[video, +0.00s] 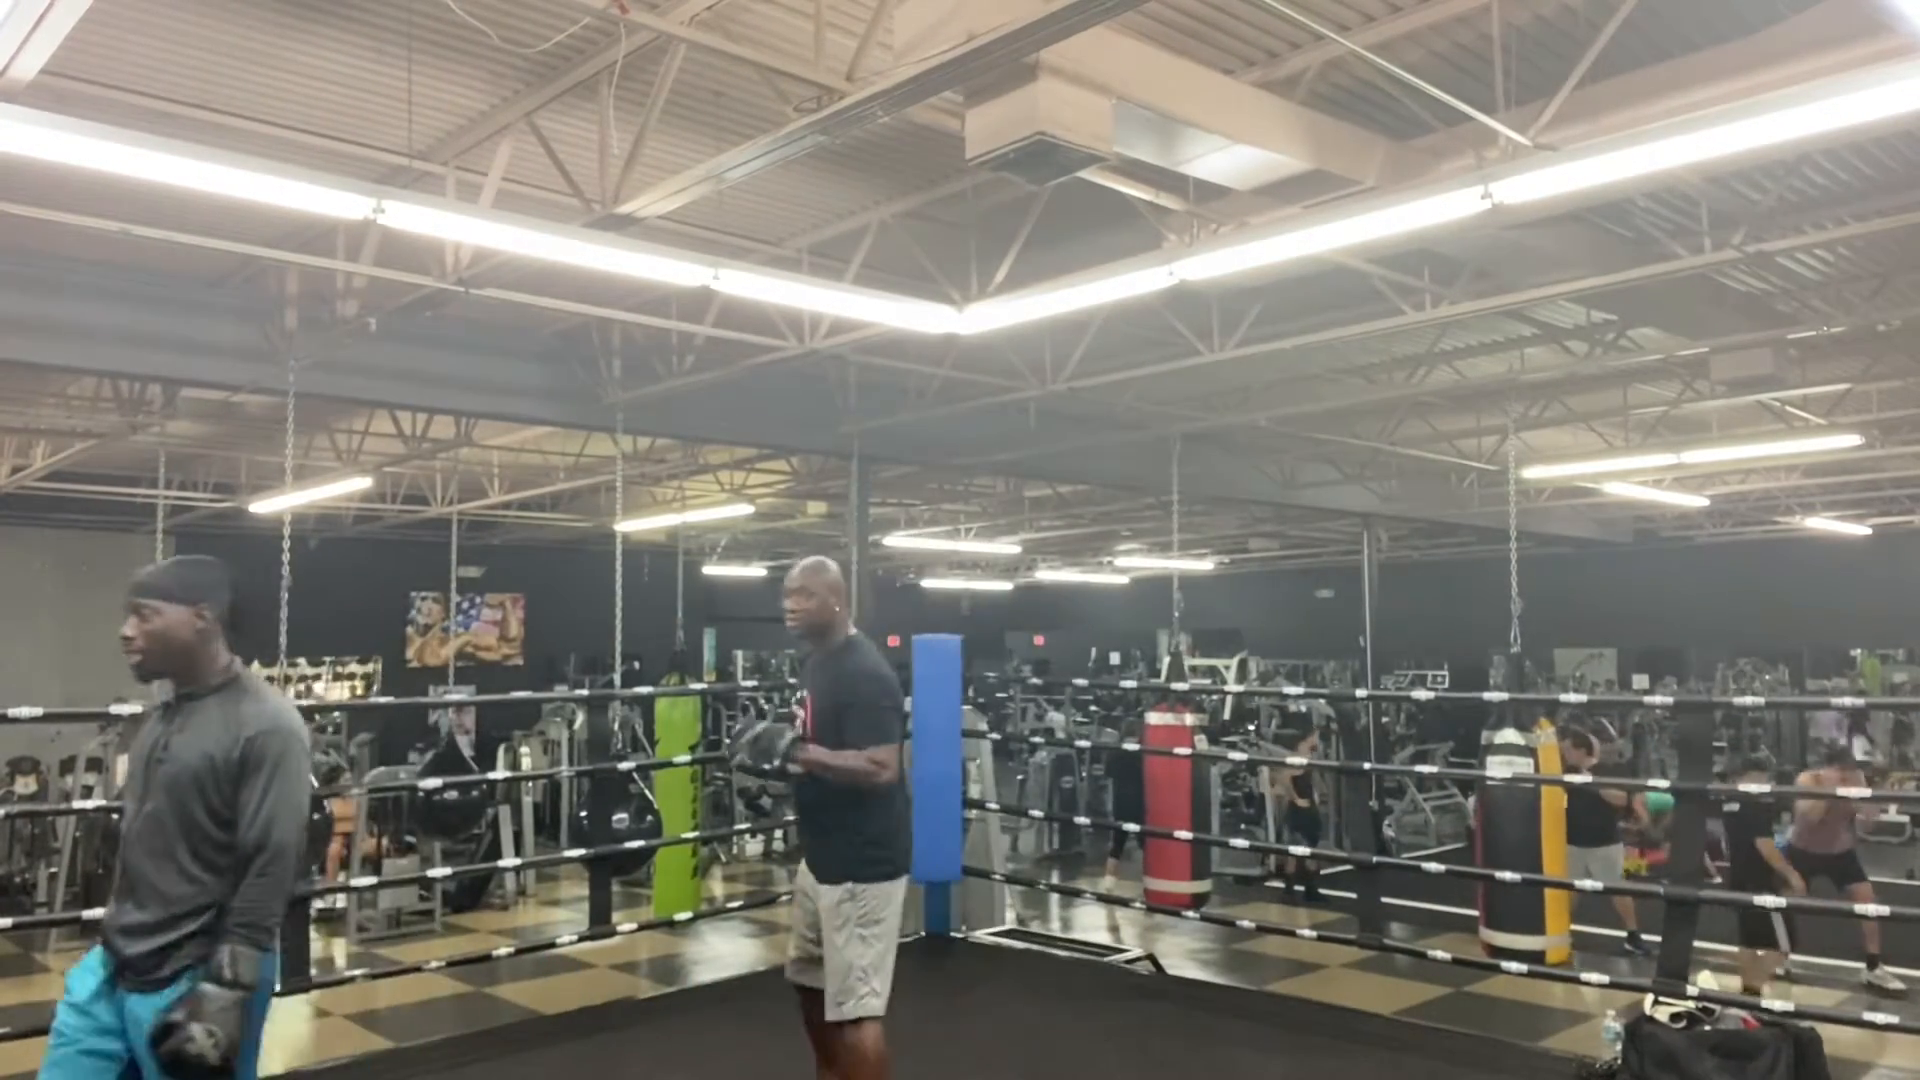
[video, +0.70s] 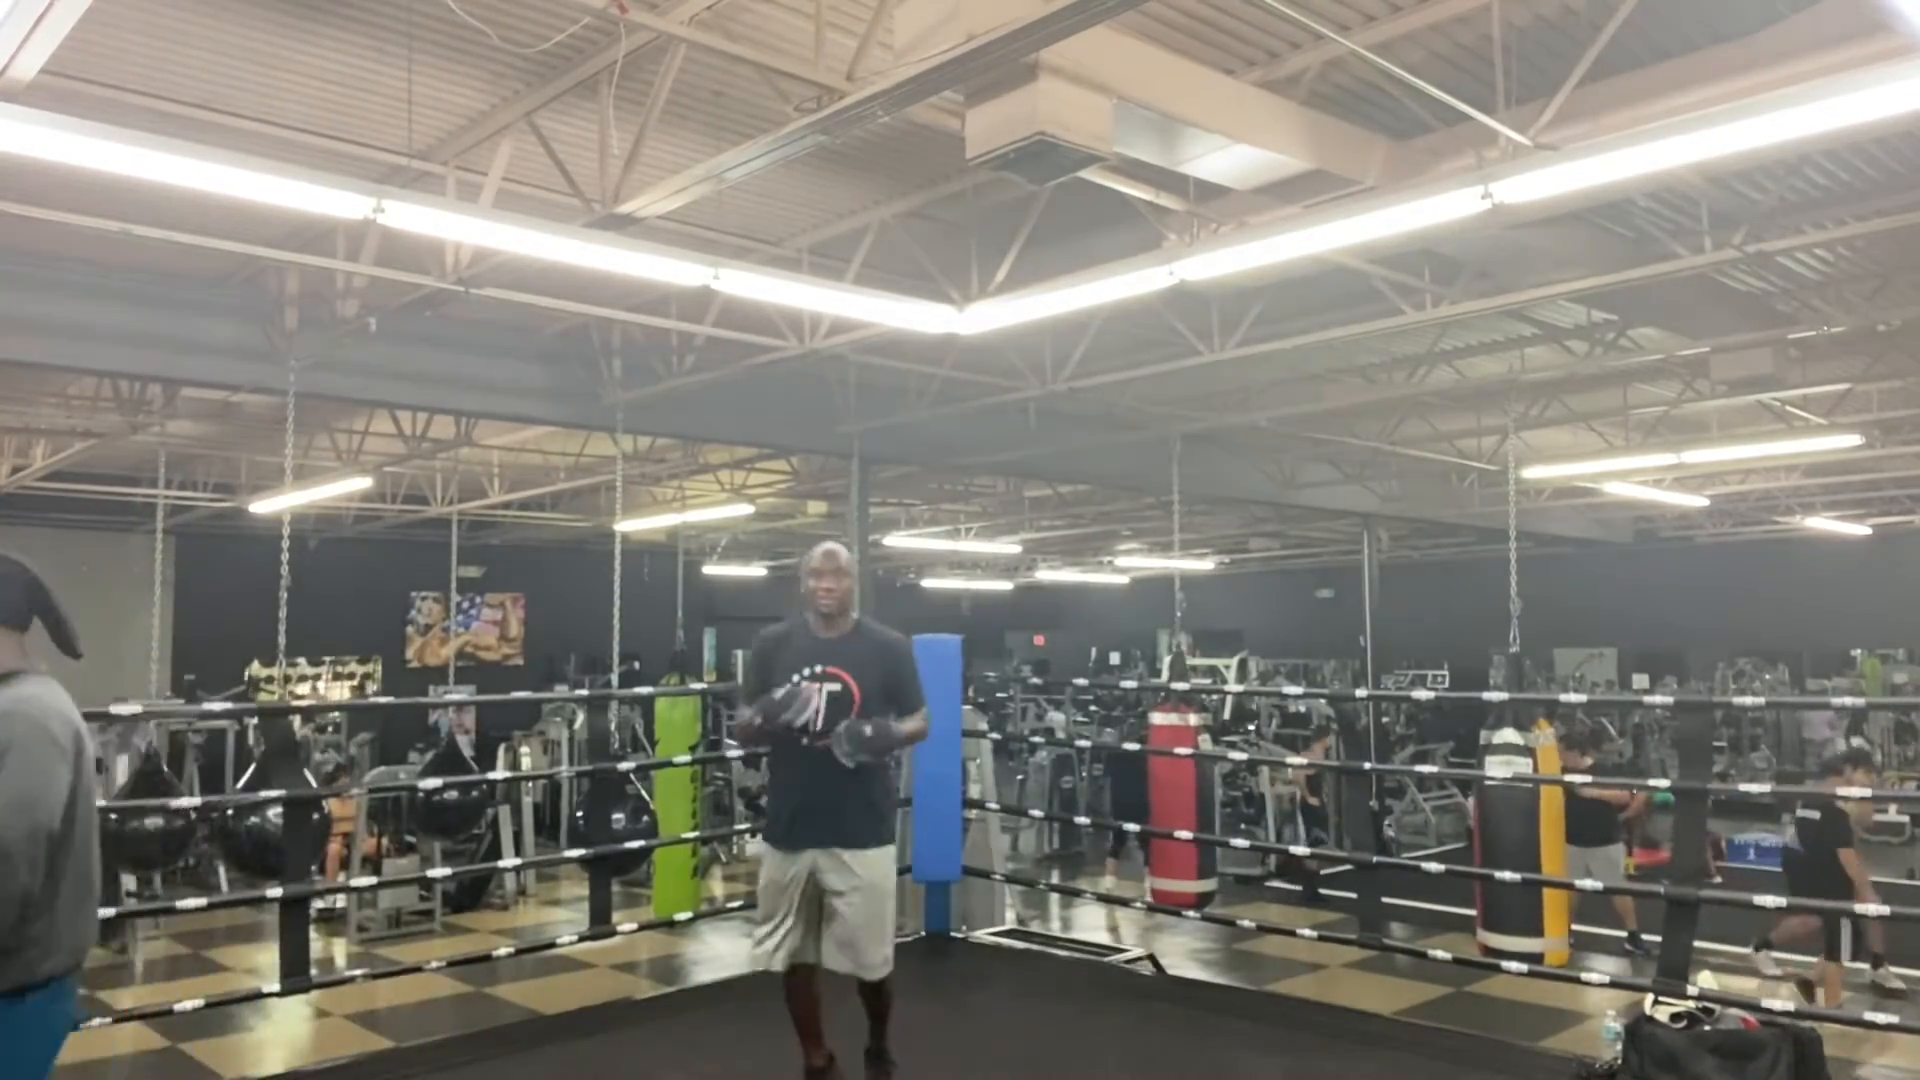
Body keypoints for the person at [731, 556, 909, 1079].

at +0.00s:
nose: (789, 605)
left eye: (801, 595)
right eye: (788, 596)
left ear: (833, 600)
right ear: (797, 603)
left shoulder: (867, 670)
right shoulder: (817, 665)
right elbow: (826, 747)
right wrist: (781, 746)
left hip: (866, 870)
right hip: (821, 860)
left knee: (856, 1014)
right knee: (810, 985)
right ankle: (832, 1070)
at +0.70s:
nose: (827, 585)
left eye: (837, 575)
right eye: (817, 576)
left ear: (854, 583)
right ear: (802, 583)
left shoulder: (888, 648)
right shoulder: (773, 646)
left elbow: (919, 721)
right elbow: (743, 727)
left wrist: (881, 734)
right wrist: (770, 721)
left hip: (862, 833)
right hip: (788, 831)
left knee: (872, 962)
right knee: (794, 958)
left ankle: (878, 1049)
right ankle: (816, 1061)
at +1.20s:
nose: (919, 598)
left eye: (926, 587)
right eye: (907, 587)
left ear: (936, 595)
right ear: (882, 594)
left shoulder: (957, 667)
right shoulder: (837, 658)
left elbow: (980, 742)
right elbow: (801, 742)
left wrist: (957, 762)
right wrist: (847, 761)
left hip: (926, 859)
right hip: (838, 857)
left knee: (936, 993)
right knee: (811, 982)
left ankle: (934, 1077)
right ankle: (816, 1057)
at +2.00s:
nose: (941, 590)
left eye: (946, 578)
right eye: (926, 580)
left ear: (955, 581)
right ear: (892, 585)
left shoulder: (986, 658)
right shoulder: (844, 660)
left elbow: (1009, 747)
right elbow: (808, 762)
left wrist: (1003, 760)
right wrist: (868, 736)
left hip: (962, 880)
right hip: (870, 882)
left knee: (970, 1044)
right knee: (874, 1040)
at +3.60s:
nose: (942, 558)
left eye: (956, 543)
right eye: (925, 546)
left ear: (977, 554)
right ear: (902, 563)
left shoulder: (1040, 648)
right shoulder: (865, 665)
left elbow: (1083, 789)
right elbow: (819, 793)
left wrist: (1081, 759)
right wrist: (846, 784)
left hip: (1036, 938)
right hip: (917, 945)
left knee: (1058, 1071)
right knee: (924, 1073)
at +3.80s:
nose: (970, 565)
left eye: (983, 549)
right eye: (953, 552)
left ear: (1007, 558)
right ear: (932, 565)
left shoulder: (1069, 656)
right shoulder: (891, 665)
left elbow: (1139, 782)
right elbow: (849, 794)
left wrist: (1117, 750)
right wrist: (849, 780)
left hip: (1046, 944)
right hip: (926, 945)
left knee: (1056, 1073)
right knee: (925, 1073)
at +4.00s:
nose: (1033, 556)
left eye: (1049, 541)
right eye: (1017, 544)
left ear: (1074, 553)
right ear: (997, 558)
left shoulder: (1122, 650)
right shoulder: (954, 647)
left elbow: (1177, 784)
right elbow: (908, 764)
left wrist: (1178, 692)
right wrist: (856, 750)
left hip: (1079, 939)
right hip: (961, 934)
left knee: (1081, 1072)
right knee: (942, 1072)